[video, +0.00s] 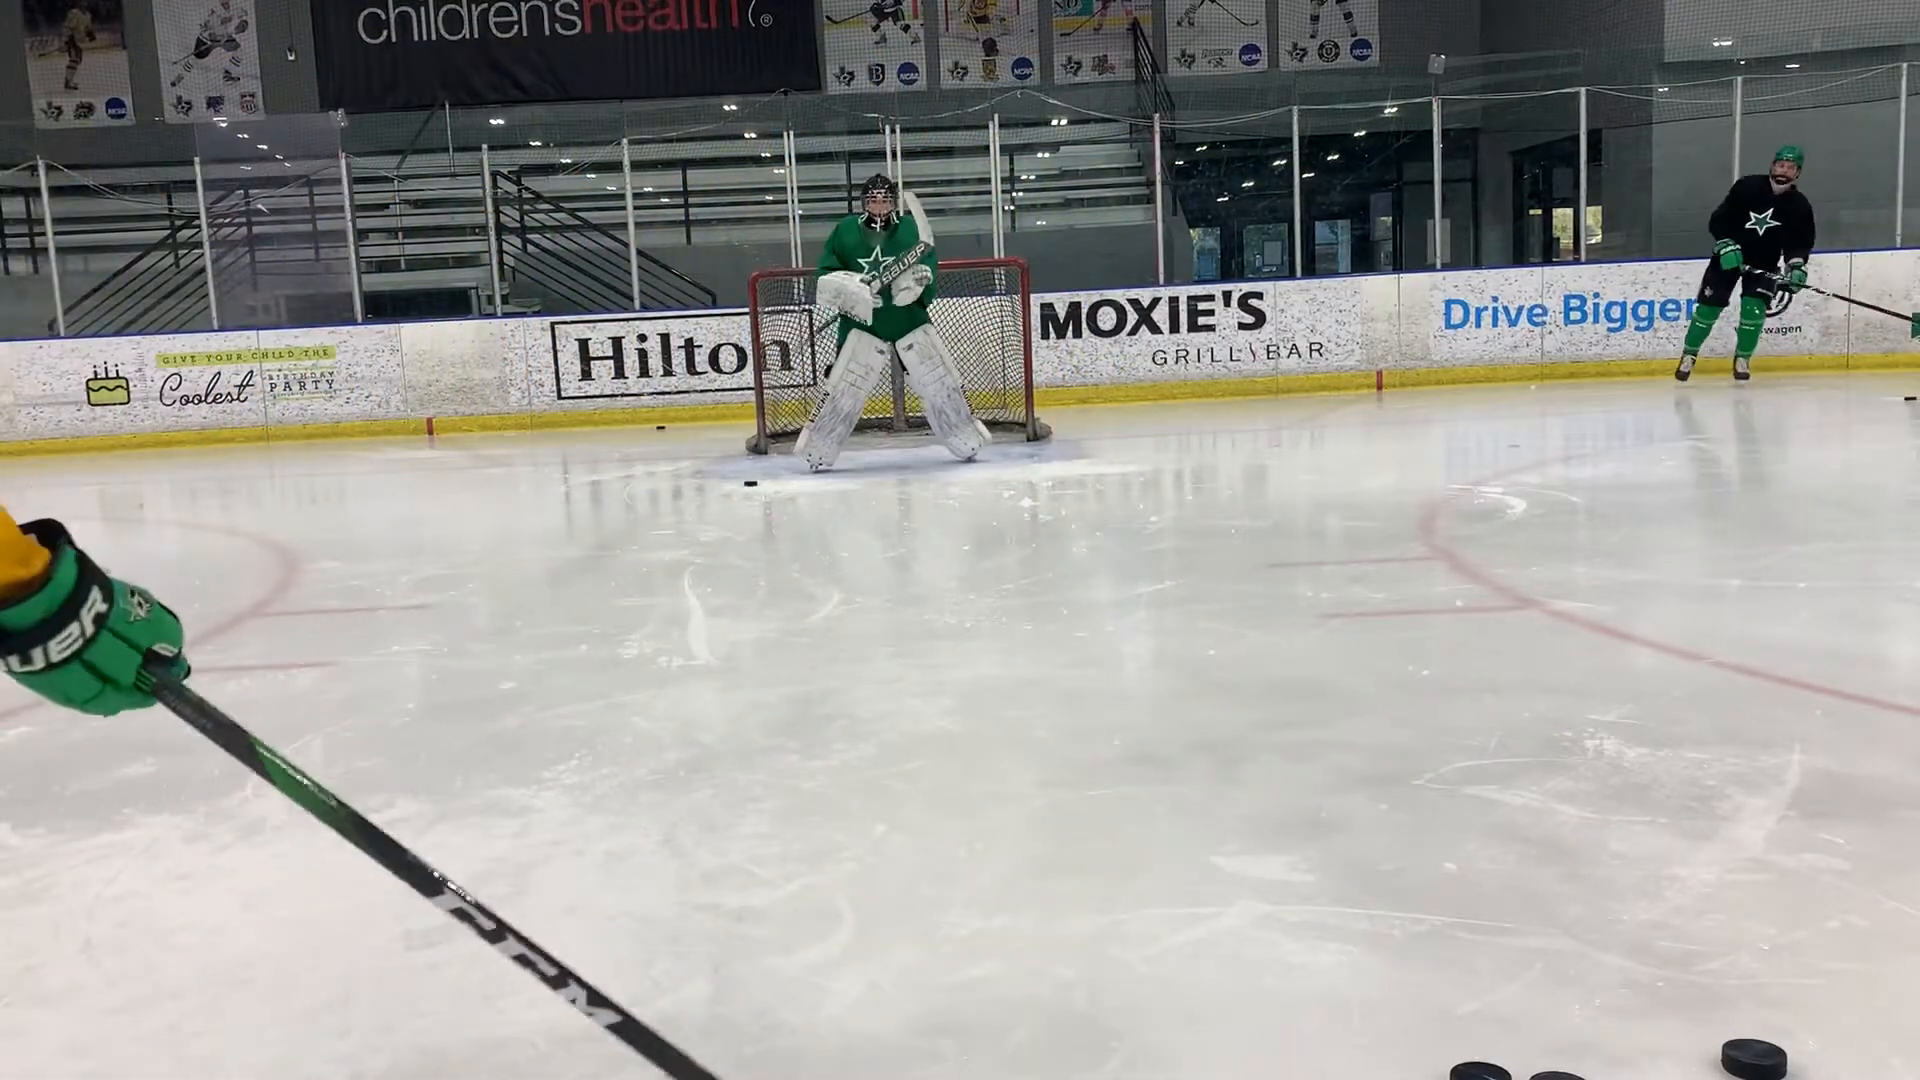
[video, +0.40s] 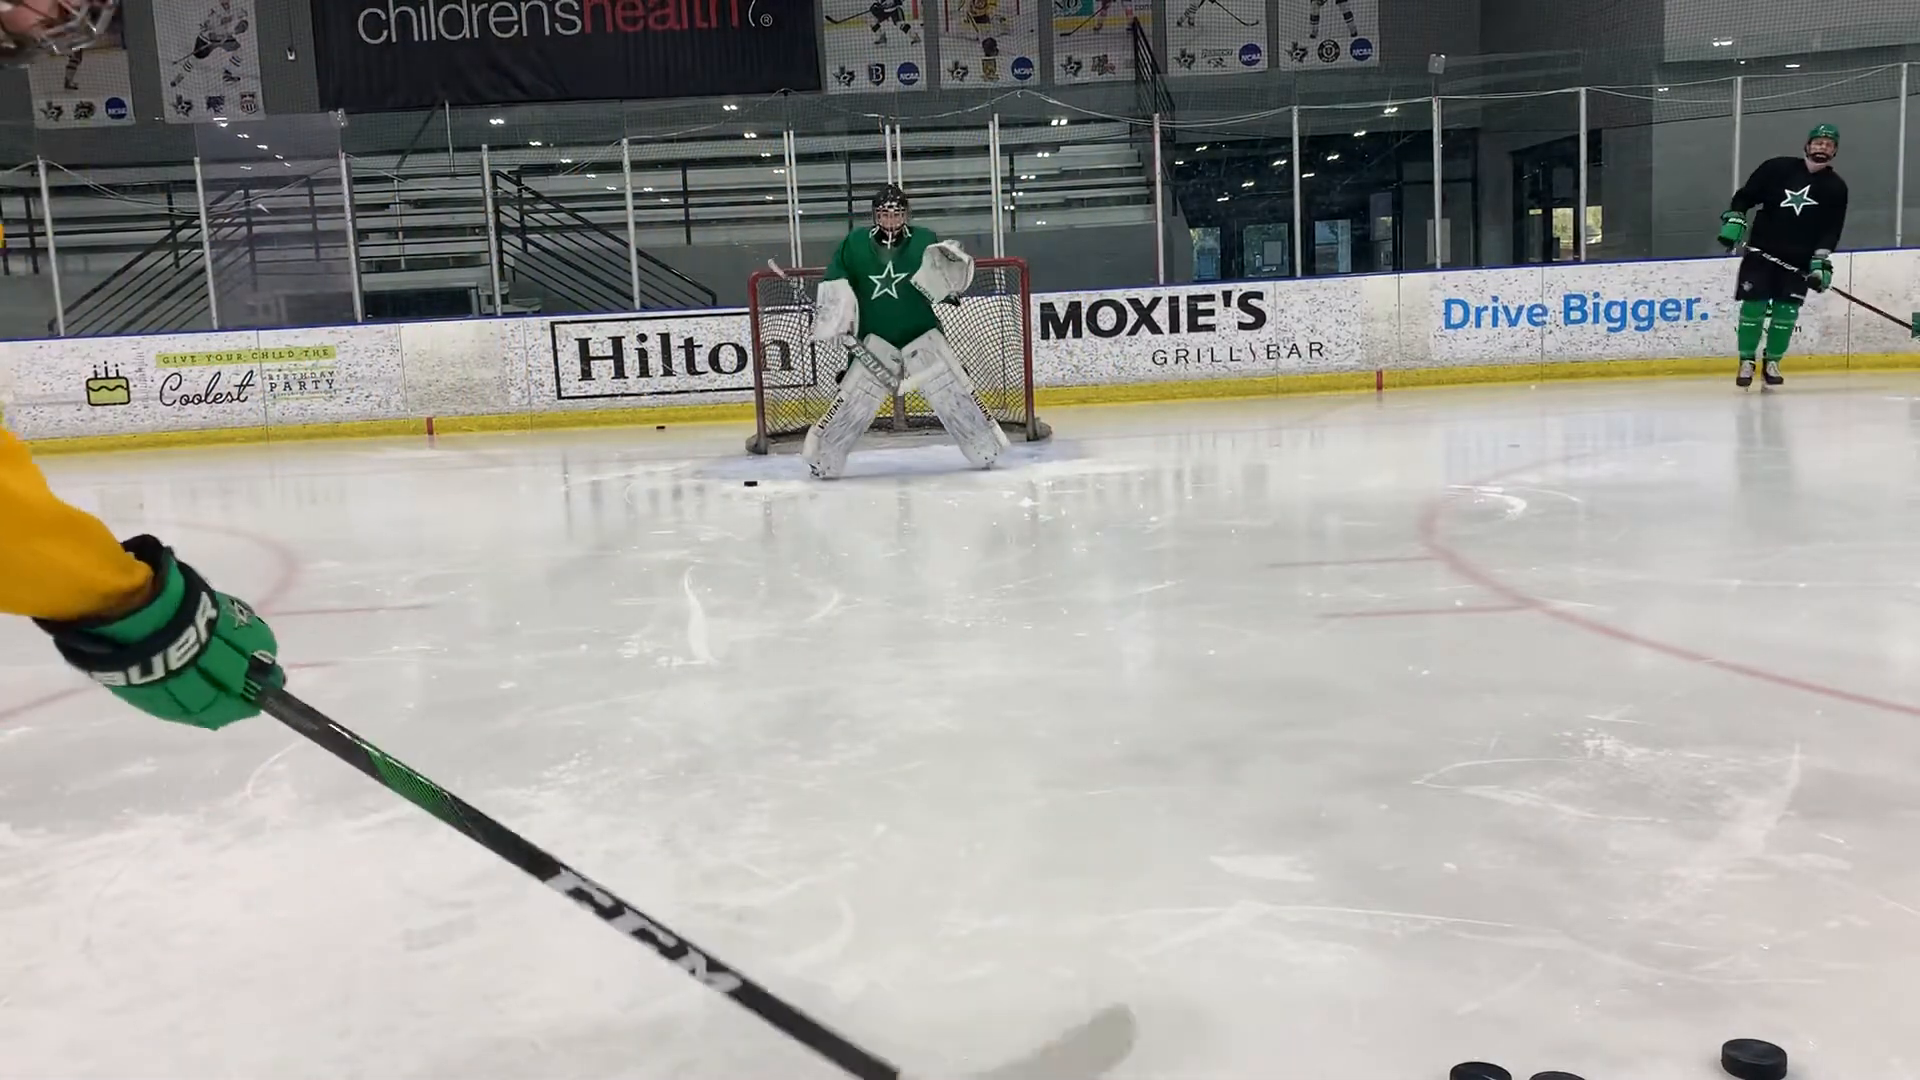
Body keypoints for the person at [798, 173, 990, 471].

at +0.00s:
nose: (879, 204)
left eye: (884, 199)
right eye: (873, 198)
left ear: (894, 201)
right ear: (864, 201)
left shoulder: (908, 228)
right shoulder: (846, 231)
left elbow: (928, 264)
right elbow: (824, 276)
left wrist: (918, 279)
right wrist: (849, 288)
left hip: (909, 321)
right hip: (864, 323)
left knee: (939, 383)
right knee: (845, 390)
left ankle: (967, 445)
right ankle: (819, 454)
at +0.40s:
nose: (890, 220)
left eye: (896, 214)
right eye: (884, 214)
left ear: (905, 215)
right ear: (875, 215)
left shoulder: (924, 240)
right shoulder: (855, 244)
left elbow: (951, 289)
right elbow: (834, 283)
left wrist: (950, 269)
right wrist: (839, 314)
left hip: (921, 334)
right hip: (874, 337)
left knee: (952, 394)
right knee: (854, 403)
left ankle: (986, 453)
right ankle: (825, 463)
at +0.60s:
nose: (898, 246)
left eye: (904, 240)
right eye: (893, 240)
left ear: (913, 241)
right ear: (883, 241)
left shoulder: (931, 268)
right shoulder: (861, 273)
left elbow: (952, 315)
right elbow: (842, 316)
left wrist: (957, 289)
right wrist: (840, 357)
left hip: (929, 353)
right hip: (882, 358)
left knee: (964, 402)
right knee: (864, 414)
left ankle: (1005, 457)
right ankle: (821, 464)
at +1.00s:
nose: (913, 281)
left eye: (919, 274)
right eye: (907, 275)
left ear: (929, 274)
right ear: (895, 276)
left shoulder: (946, 296)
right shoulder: (876, 303)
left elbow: (969, 348)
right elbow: (854, 342)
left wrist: (970, 333)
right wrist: (852, 380)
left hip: (946, 372)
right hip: (897, 378)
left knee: (982, 409)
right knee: (872, 424)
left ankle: (1027, 451)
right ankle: (826, 464)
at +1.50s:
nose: (916, 292)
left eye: (921, 286)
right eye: (909, 286)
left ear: (931, 285)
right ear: (898, 286)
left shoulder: (950, 307)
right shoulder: (877, 311)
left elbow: (977, 359)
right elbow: (850, 349)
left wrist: (973, 349)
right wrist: (849, 388)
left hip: (946, 389)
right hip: (895, 399)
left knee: (981, 415)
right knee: (870, 434)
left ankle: (1019, 448)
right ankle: (827, 464)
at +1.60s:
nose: (915, 297)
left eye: (921, 290)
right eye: (909, 290)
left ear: (930, 288)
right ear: (897, 288)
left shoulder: (948, 308)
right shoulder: (874, 312)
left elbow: (977, 357)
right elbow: (847, 348)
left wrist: (985, 331)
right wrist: (862, 370)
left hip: (945, 401)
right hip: (896, 405)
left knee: (984, 430)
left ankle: (1024, 445)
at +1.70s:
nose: (918, 302)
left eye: (923, 296)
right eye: (912, 296)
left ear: (931, 296)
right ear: (899, 295)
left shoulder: (947, 317)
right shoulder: (876, 319)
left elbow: (967, 352)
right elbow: (847, 355)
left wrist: (998, 346)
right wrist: (859, 386)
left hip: (945, 412)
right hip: (896, 414)